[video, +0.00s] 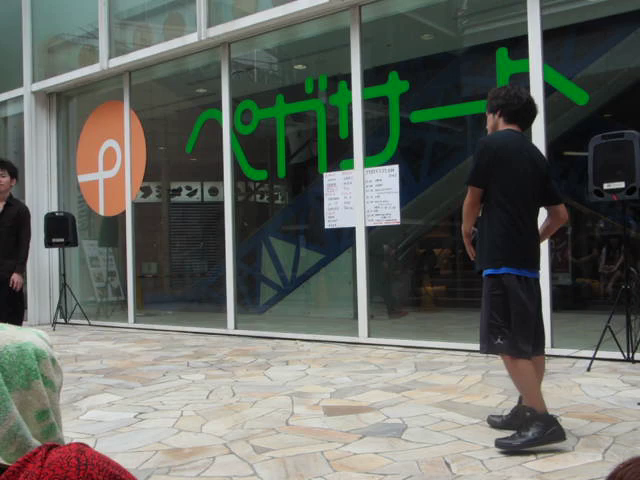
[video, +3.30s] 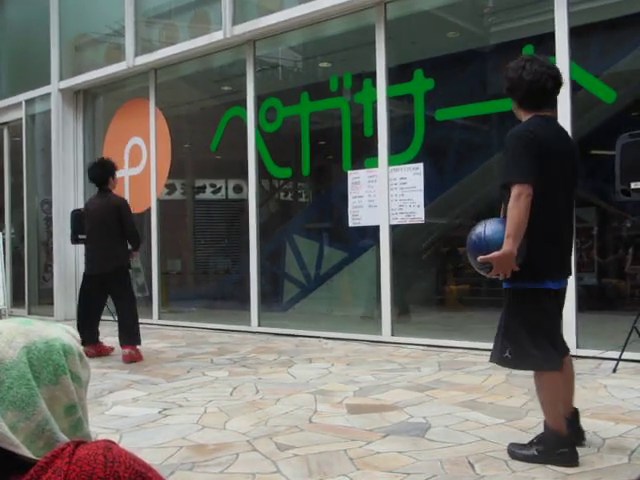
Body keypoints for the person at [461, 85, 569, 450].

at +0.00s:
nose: (486, 122)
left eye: (488, 116)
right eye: (487, 117)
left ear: (497, 116)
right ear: (524, 120)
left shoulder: (491, 144)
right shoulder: (536, 157)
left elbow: (472, 200)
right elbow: (559, 215)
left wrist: (467, 234)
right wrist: (532, 239)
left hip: (501, 259)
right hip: (526, 260)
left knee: (506, 341)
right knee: (530, 340)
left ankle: (543, 421)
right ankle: (527, 409)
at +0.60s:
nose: (497, 99)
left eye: (500, 92)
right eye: (498, 92)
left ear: (513, 96)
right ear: (534, 97)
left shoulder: (526, 134)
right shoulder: (543, 135)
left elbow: (525, 186)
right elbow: (549, 199)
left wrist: (485, 230)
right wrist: (493, 228)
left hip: (532, 262)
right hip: (535, 260)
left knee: (541, 341)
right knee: (528, 338)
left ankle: (562, 429)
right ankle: (522, 408)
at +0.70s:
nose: (494, 95)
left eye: (497, 88)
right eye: (496, 88)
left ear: (512, 93)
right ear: (526, 93)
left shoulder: (533, 128)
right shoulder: (530, 130)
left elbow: (548, 181)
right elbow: (537, 190)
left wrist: (513, 229)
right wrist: (510, 232)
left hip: (539, 257)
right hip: (525, 256)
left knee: (545, 340)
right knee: (522, 336)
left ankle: (563, 428)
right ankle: (524, 411)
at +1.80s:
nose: (491, 114)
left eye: (495, 108)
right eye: (493, 108)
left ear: (509, 111)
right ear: (524, 115)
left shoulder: (512, 140)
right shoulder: (534, 152)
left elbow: (505, 183)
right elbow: (541, 218)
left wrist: (470, 225)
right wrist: (540, 268)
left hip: (502, 264)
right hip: (523, 265)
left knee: (486, 337)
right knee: (520, 340)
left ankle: (540, 401)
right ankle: (516, 416)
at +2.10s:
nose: (489, 120)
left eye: (494, 113)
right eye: (492, 113)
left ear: (507, 116)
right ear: (522, 121)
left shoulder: (502, 141)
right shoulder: (532, 156)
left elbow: (487, 182)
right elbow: (533, 219)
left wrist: (458, 225)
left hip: (492, 264)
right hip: (516, 265)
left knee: (478, 337)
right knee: (515, 338)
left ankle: (530, 399)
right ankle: (511, 412)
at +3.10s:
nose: (492, 105)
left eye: (493, 99)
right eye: (494, 98)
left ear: (499, 103)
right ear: (534, 98)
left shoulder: (517, 136)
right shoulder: (542, 136)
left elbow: (524, 188)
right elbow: (540, 196)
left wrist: (515, 241)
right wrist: (518, 239)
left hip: (530, 261)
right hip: (544, 258)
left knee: (536, 347)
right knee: (528, 340)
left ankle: (556, 437)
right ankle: (516, 409)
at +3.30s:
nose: (506, 95)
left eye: (509, 89)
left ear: (513, 96)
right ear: (554, 94)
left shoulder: (523, 136)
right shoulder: (562, 138)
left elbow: (523, 193)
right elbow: (557, 203)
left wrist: (509, 247)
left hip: (534, 263)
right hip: (555, 262)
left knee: (542, 350)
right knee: (552, 343)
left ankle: (556, 439)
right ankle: (566, 421)